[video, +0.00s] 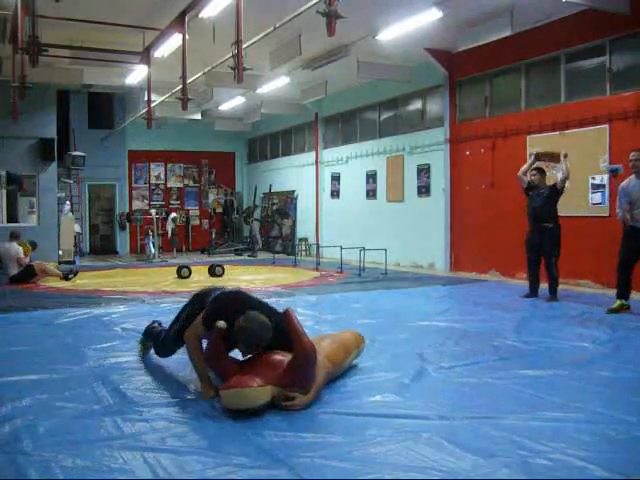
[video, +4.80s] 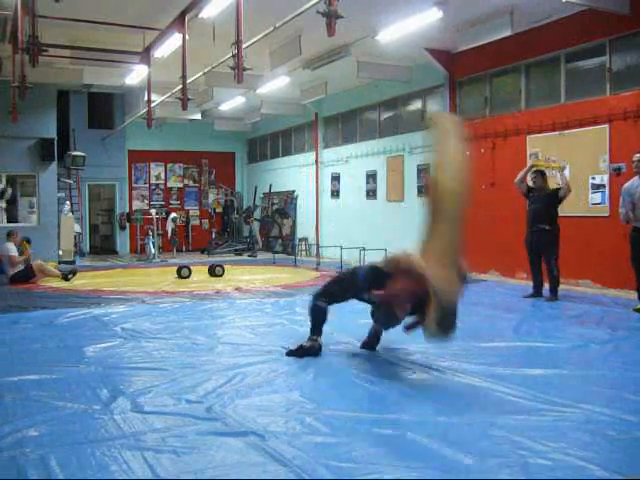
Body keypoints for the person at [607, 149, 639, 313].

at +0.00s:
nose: (633, 164)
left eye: (635, 160)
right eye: (631, 161)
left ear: (639, 162)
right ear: (629, 163)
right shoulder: (625, 186)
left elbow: (622, 208)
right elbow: (621, 208)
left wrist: (628, 217)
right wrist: (625, 217)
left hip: (634, 227)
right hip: (632, 226)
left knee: (626, 263)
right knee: (625, 263)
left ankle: (623, 298)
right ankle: (622, 298)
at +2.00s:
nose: (634, 163)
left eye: (636, 160)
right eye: (632, 160)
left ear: (639, 162)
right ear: (630, 163)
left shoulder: (629, 186)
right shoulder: (626, 185)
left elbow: (622, 208)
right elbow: (622, 208)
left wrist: (628, 222)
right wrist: (627, 223)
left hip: (634, 229)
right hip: (632, 228)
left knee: (627, 265)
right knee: (626, 265)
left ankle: (623, 300)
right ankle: (623, 299)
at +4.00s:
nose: (633, 164)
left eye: (635, 161)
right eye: (632, 161)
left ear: (639, 164)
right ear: (629, 164)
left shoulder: (627, 187)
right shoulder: (626, 186)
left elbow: (623, 211)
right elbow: (623, 210)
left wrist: (628, 219)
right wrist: (628, 219)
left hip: (634, 229)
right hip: (634, 229)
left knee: (635, 267)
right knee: (635, 267)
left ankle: (638, 300)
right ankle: (638, 300)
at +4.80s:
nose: (635, 165)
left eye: (637, 161)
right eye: (634, 161)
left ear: (639, 165)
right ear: (632, 164)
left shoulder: (629, 187)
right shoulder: (629, 187)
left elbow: (625, 214)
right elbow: (624, 214)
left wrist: (631, 219)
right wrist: (630, 218)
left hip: (636, 229)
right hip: (635, 228)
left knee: (637, 267)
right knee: (636, 267)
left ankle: (639, 300)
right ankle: (639, 300)